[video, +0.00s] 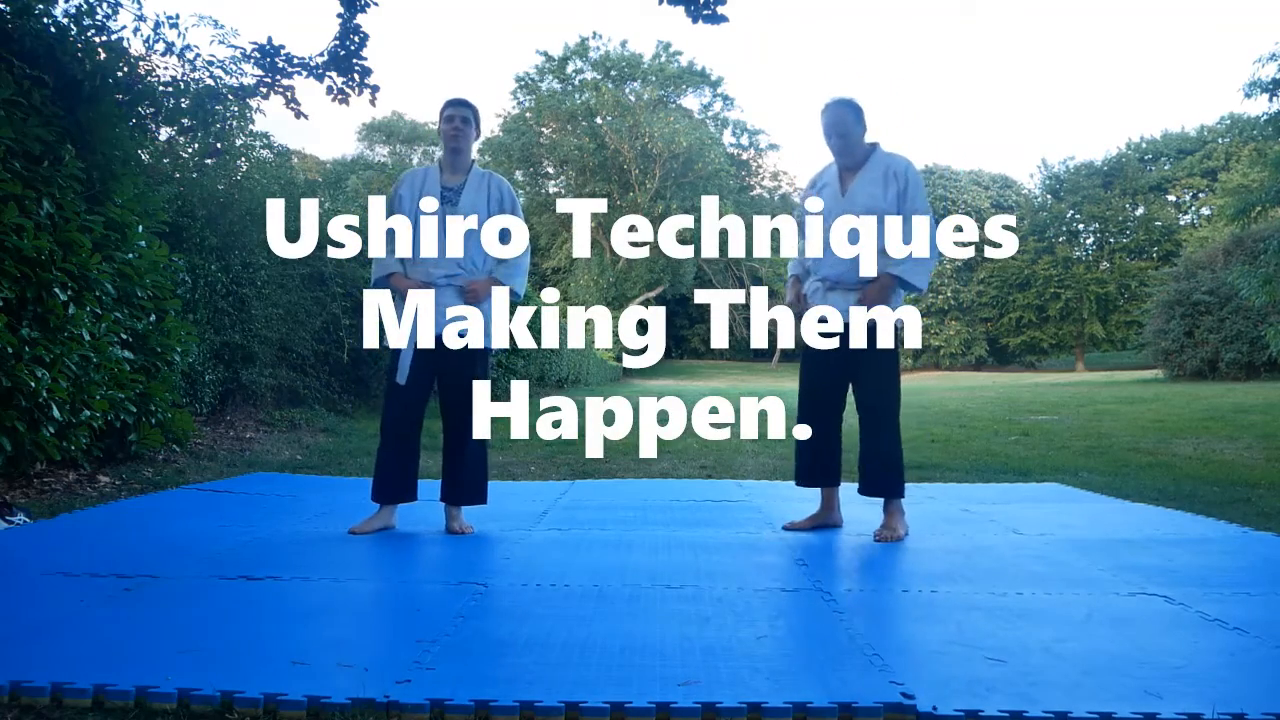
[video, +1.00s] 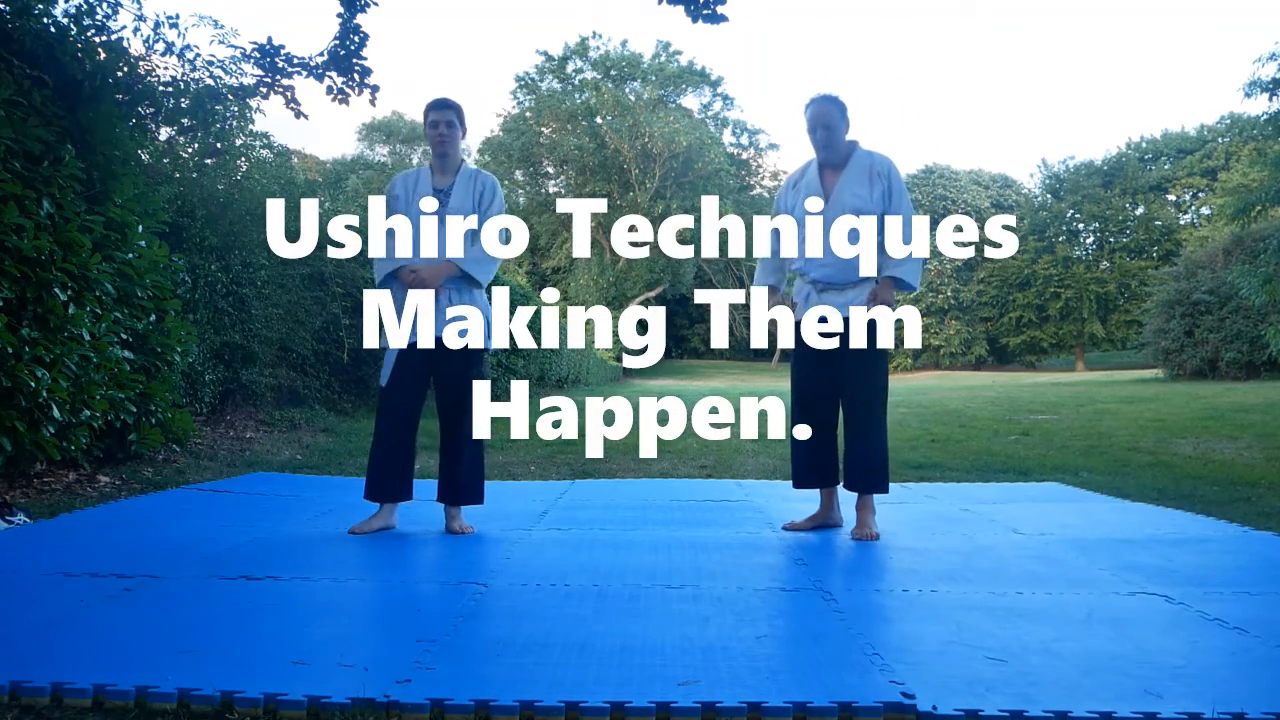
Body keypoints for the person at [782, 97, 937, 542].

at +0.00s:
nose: (836, 143)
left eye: (843, 134)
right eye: (829, 136)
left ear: (863, 128)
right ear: (822, 136)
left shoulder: (898, 171)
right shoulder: (818, 184)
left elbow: (922, 237)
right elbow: (803, 245)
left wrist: (890, 281)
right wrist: (795, 283)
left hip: (876, 309)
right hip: (822, 309)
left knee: (879, 410)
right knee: (820, 409)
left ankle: (893, 513)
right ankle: (829, 507)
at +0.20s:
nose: (825, 149)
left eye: (832, 139)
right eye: (818, 141)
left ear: (851, 131)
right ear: (811, 139)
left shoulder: (886, 171)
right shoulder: (802, 186)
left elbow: (911, 233)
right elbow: (789, 242)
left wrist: (886, 280)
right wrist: (788, 281)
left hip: (869, 305)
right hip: (815, 307)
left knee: (868, 406)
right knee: (817, 405)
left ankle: (876, 506)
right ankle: (828, 507)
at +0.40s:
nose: (820, 148)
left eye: (826, 139)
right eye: (813, 141)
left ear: (846, 130)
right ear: (806, 139)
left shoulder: (880, 170)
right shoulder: (796, 187)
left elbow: (905, 231)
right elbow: (782, 250)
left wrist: (888, 280)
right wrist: (786, 300)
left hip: (867, 304)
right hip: (813, 308)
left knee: (863, 407)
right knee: (816, 406)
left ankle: (865, 508)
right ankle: (828, 506)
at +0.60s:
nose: (817, 143)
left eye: (824, 135)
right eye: (811, 137)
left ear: (844, 129)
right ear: (804, 136)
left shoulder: (879, 170)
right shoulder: (794, 185)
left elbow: (904, 236)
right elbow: (783, 250)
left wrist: (884, 298)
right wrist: (788, 302)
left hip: (865, 307)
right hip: (811, 309)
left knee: (863, 408)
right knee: (815, 408)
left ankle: (865, 509)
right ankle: (828, 507)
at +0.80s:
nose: (817, 142)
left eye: (824, 133)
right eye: (811, 135)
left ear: (844, 127)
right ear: (804, 134)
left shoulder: (878, 170)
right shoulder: (794, 184)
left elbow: (905, 231)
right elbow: (780, 247)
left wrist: (893, 284)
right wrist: (777, 298)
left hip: (865, 305)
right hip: (809, 307)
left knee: (864, 406)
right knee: (814, 407)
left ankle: (865, 509)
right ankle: (827, 506)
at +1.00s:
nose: (819, 136)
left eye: (827, 127)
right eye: (813, 129)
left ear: (847, 126)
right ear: (805, 132)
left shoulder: (879, 169)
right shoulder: (795, 183)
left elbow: (903, 231)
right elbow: (776, 244)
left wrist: (889, 282)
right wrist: (772, 295)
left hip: (865, 302)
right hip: (811, 304)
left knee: (864, 405)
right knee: (814, 406)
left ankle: (865, 508)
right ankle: (827, 506)